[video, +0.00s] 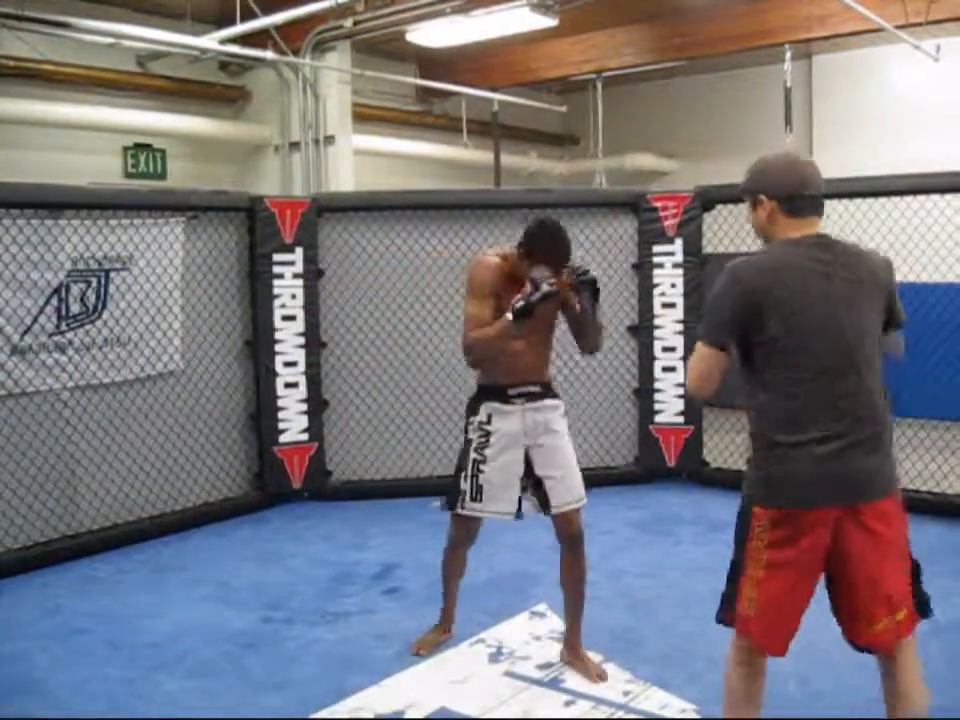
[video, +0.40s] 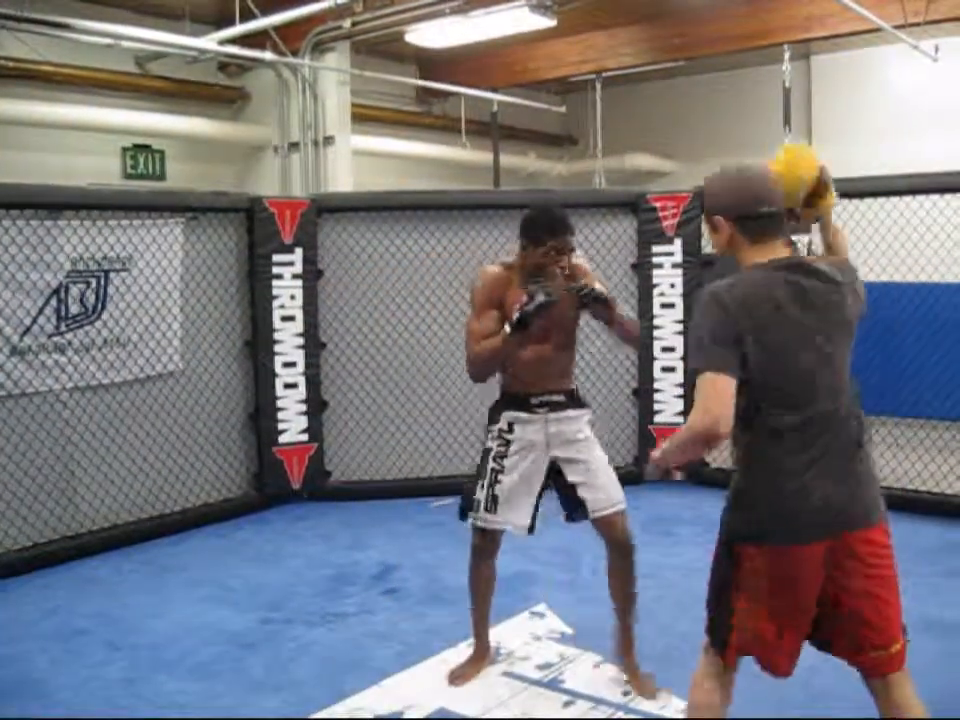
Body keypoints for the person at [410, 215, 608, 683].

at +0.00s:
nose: (548, 279)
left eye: (554, 272)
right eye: (542, 270)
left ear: (560, 266)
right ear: (523, 256)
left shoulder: (559, 276)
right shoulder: (487, 270)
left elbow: (590, 344)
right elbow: (473, 349)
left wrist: (585, 307)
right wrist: (518, 312)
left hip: (545, 408)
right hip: (493, 411)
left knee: (572, 531)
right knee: (462, 530)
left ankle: (573, 644)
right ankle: (446, 622)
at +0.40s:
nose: (559, 261)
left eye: (564, 252)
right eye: (550, 253)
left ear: (569, 248)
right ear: (524, 249)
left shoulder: (576, 275)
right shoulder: (495, 281)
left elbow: (634, 337)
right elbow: (477, 366)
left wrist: (606, 310)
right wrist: (516, 322)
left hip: (571, 418)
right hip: (514, 423)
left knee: (620, 535)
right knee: (485, 538)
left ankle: (626, 653)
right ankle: (480, 647)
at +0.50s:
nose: (572, 257)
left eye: (579, 247)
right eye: (563, 248)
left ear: (588, 240)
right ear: (540, 243)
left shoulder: (600, 262)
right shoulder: (512, 271)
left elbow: (664, 275)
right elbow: (485, 355)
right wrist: (522, 305)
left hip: (589, 415)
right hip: (531, 416)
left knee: (623, 547)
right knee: (500, 534)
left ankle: (653, 668)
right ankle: (482, 645)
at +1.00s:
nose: (604, 272)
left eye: (615, 262)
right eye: (596, 261)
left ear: (629, 252)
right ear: (576, 245)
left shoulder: (640, 277)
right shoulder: (548, 270)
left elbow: (662, 338)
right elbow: (507, 349)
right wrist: (547, 333)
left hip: (629, 414)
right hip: (569, 413)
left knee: (642, 529)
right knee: (576, 531)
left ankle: (656, 635)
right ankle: (581, 639)